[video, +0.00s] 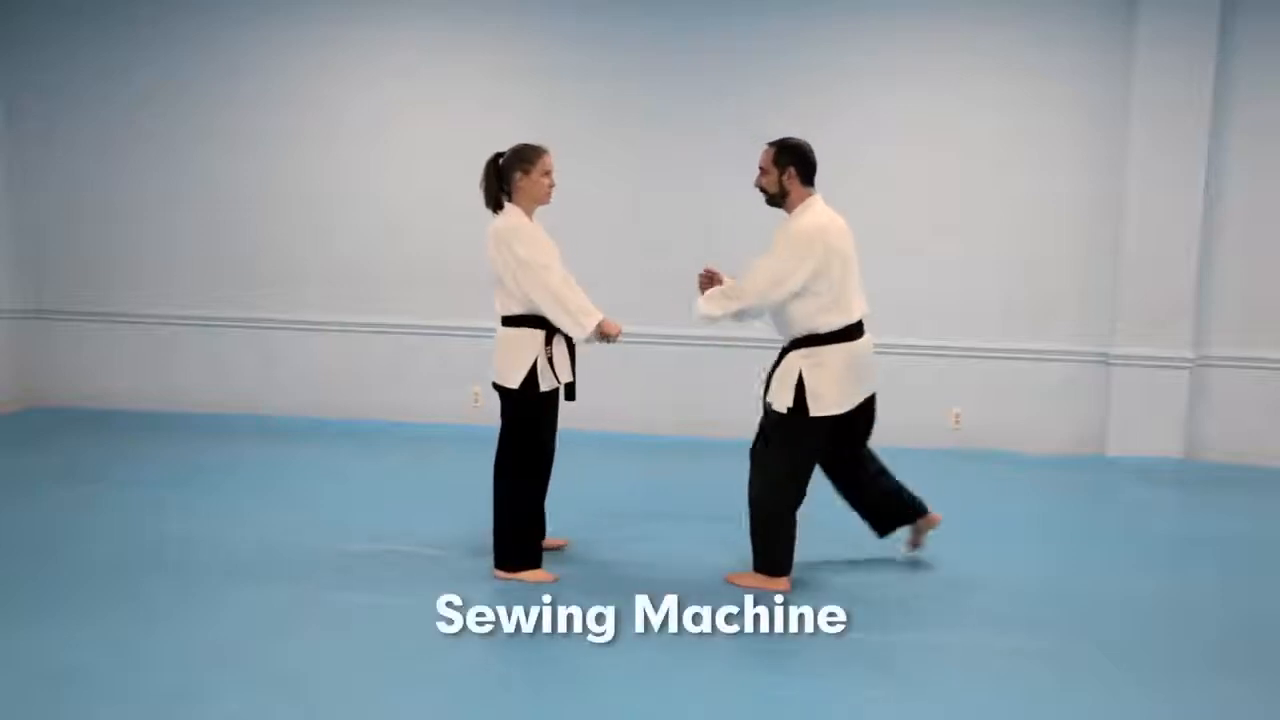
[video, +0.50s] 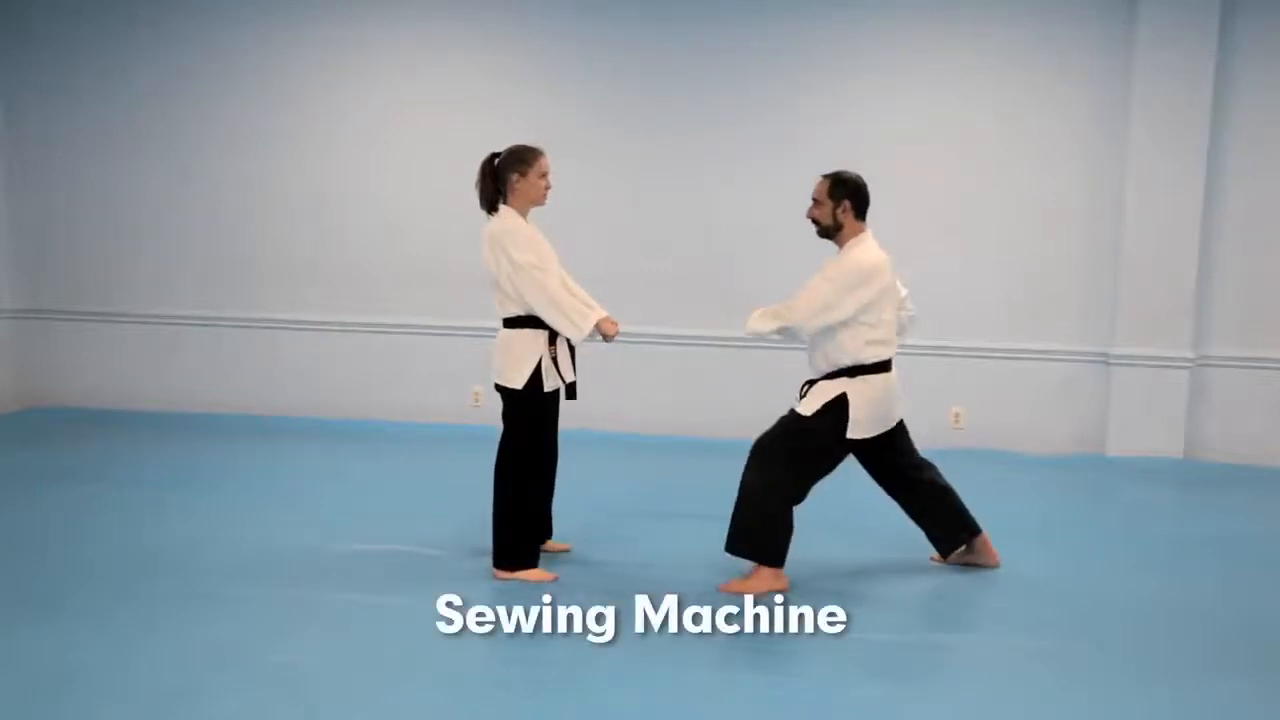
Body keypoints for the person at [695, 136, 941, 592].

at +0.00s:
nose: (757, 179)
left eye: (763, 172)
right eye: (758, 171)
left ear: (789, 175)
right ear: (795, 176)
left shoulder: (802, 229)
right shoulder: (829, 221)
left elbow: (760, 292)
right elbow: (787, 292)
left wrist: (712, 298)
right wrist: (731, 289)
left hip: (814, 368)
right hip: (851, 361)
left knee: (774, 466)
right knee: (842, 452)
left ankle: (771, 572)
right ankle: (915, 515)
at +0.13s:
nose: (776, 192)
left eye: (783, 183)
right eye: (778, 183)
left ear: (810, 189)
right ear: (815, 189)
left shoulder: (824, 240)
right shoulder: (846, 232)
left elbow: (778, 306)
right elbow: (801, 304)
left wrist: (738, 300)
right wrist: (754, 298)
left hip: (828, 373)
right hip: (863, 368)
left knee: (775, 461)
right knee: (879, 463)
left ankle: (771, 571)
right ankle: (954, 534)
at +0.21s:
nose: (787, 199)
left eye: (795, 191)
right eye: (789, 190)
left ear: (822, 196)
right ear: (826, 197)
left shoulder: (838, 245)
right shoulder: (854, 240)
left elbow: (786, 308)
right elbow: (806, 321)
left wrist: (743, 309)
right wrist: (765, 314)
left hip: (840, 377)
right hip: (871, 373)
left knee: (777, 459)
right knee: (888, 468)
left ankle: (772, 568)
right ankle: (959, 544)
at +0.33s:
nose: (801, 207)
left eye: (808, 199)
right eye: (803, 199)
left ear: (836, 203)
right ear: (839, 204)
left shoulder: (850, 255)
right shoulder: (864, 249)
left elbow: (796, 314)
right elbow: (817, 318)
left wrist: (752, 316)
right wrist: (788, 324)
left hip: (848, 389)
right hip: (876, 384)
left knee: (777, 460)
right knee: (908, 466)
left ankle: (771, 570)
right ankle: (972, 542)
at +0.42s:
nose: (806, 209)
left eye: (814, 201)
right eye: (808, 200)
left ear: (841, 205)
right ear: (844, 207)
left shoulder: (853, 258)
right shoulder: (868, 253)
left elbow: (801, 314)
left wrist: (752, 321)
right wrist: (794, 326)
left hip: (848, 392)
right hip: (875, 387)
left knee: (775, 457)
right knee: (908, 469)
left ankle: (769, 570)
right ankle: (973, 544)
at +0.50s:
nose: (809, 211)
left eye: (816, 203)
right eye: (811, 202)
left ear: (844, 209)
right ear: (847, 210)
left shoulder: (853, 263)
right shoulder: (874, 258)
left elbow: (803, 319)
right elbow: (903, 312)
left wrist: (755, 321)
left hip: (844, 396)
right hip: (875, 391)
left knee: (772, 458)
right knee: (906, 471)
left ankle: (768, 570)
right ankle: (973, 545)